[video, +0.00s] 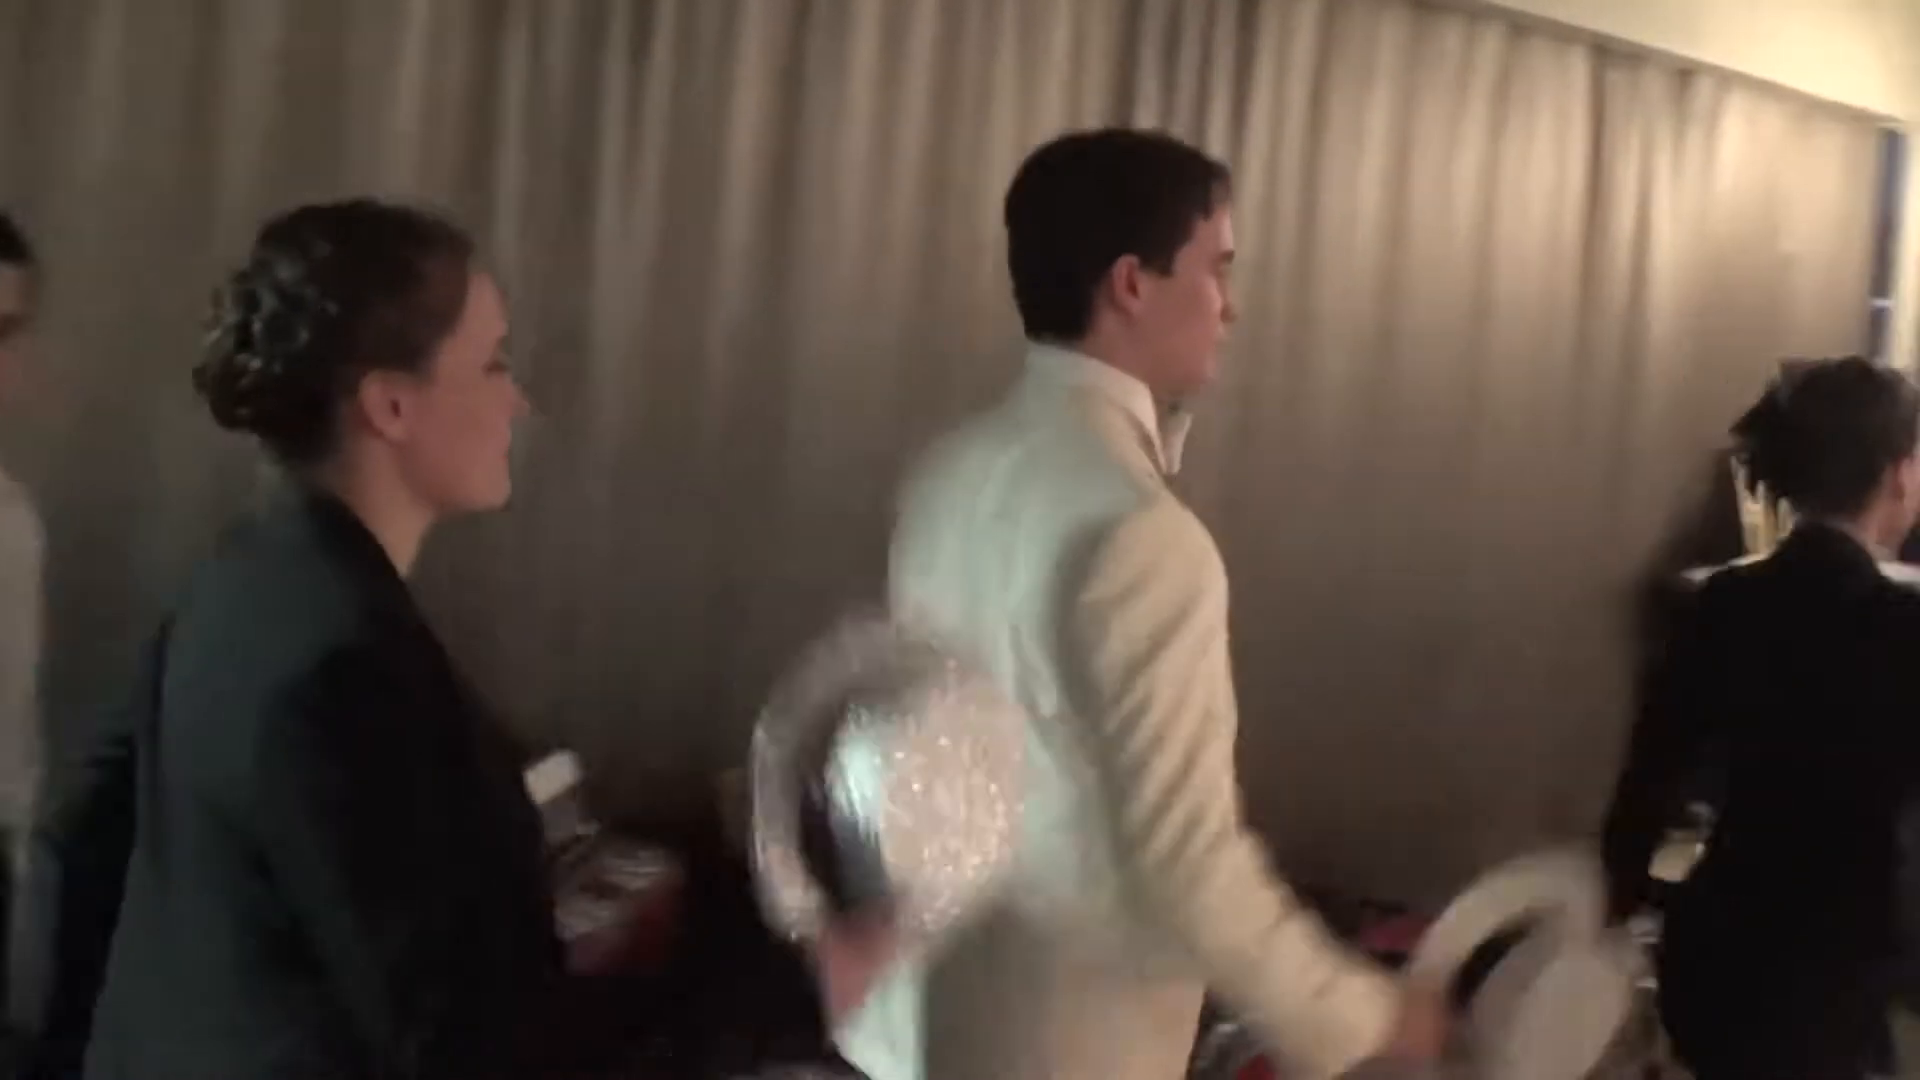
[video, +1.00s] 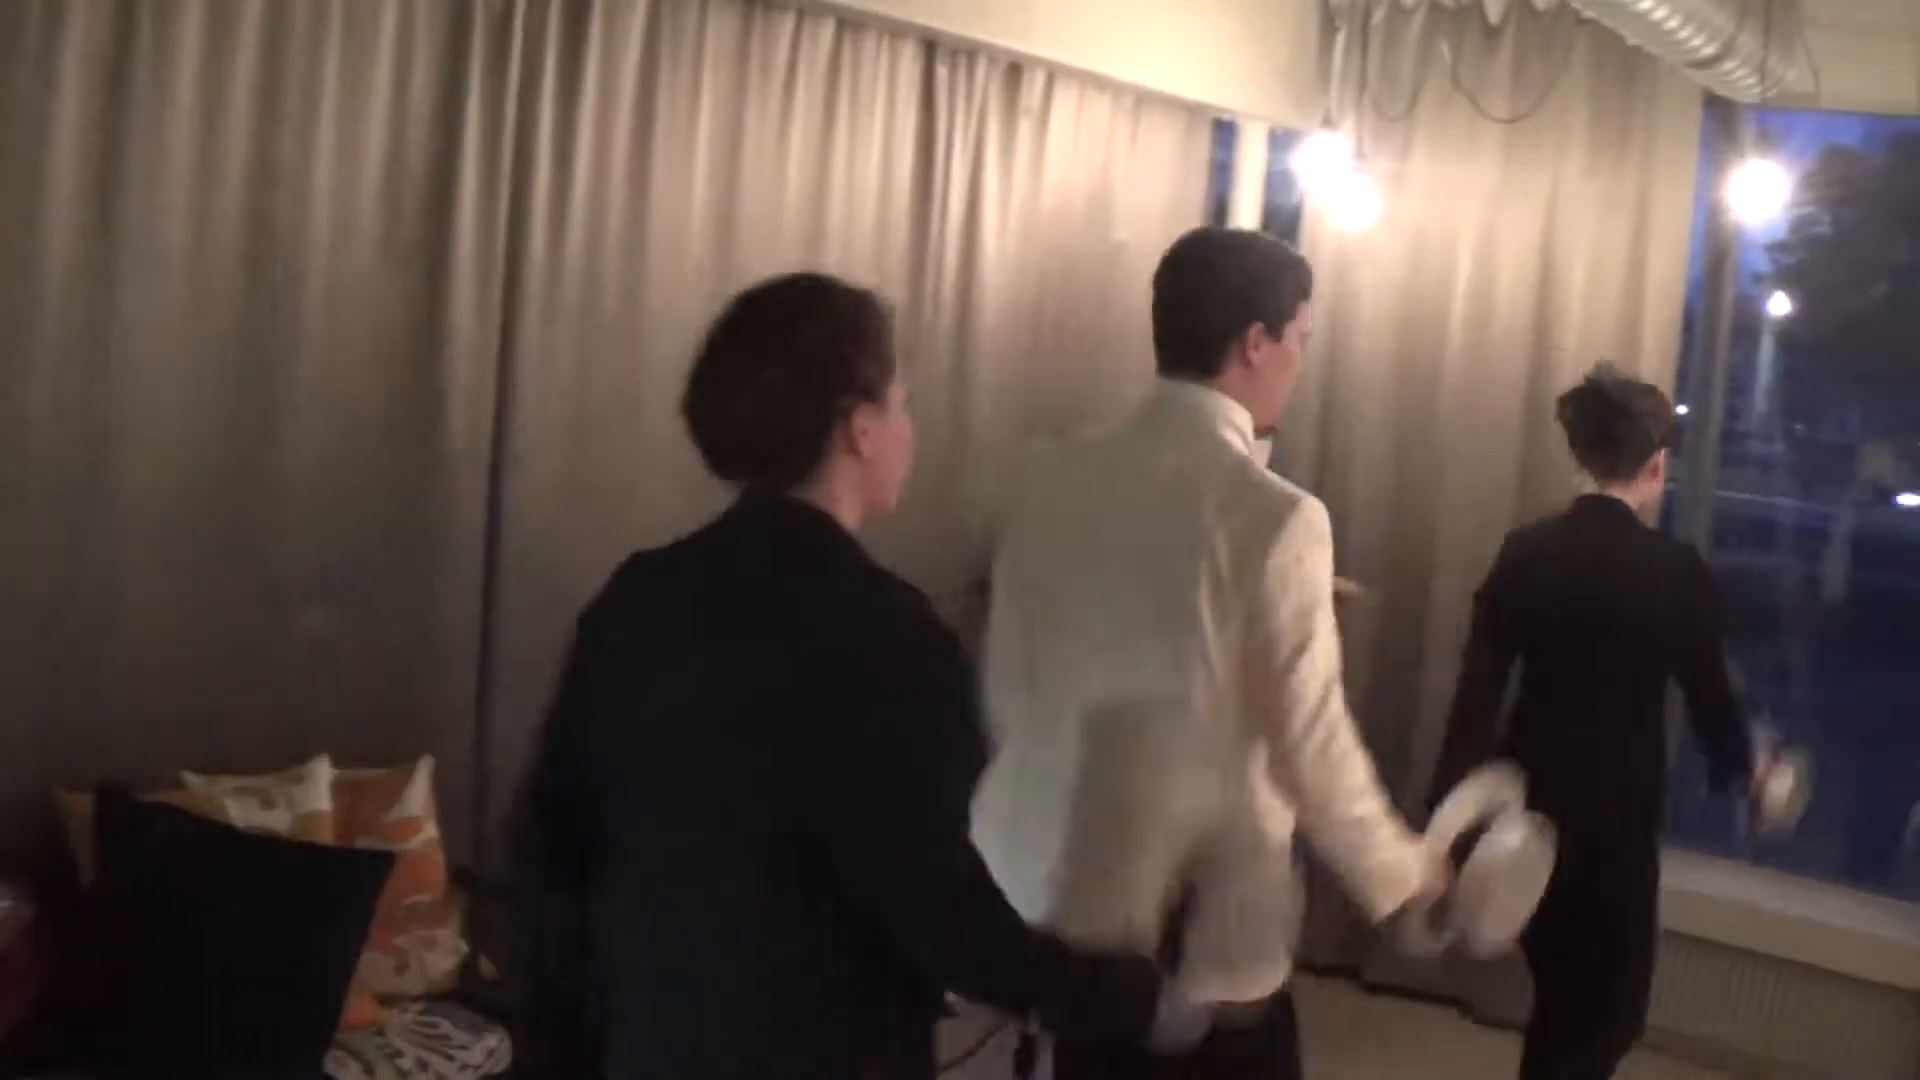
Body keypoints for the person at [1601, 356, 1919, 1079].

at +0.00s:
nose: (1919, 478)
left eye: (1916, 454)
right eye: (1916, 457)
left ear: (1792, 468)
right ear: (1897, 475)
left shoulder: (1711, 606)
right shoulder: (1905, 617)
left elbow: (1652, 778)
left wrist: (1627, 892)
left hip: (1719, 931)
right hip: (1855, 944)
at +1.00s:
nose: (1666, 473)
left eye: (1662, 457)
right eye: (1665, 458)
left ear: (1578, 455)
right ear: (1653, 465)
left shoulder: (1526, 552)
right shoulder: (1673, 569)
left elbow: (1478, 694)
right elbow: (1710, 697)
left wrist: (1447, 822)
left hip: (1528, 805)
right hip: (1620, 814)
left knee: (1558, 1002)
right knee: (1614, 1010)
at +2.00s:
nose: (1627, 434)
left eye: (1631, 419)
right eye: (1612, 418)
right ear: (1562, 417)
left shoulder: (1569, 497)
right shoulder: (1546, 507)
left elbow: (1565, 634)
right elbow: (1571, 667)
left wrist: (1627, 637)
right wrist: (1649, 666)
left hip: (1546, 721)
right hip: (1534, 731)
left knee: (1542, 893)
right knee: (1562, 906)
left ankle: (1473, 1024)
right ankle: (1447, 1032)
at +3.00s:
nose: (1496, 307)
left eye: (1496, 289)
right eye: (1480, 289)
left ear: (1447, 289)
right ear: (1428, 284)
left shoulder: (1429, 363)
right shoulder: (1399, 360)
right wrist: (1427, 339)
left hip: (1407, 610)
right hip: (1365, 610)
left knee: (1440, 815)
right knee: (1373, 811)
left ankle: (1391, 1038)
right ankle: (1260, 992)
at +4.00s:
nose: (1526, 279)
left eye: (1530, 263)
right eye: (1516, 260)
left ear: (1473, 260)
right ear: (1463, 253)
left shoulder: (1477, 349)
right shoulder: (1412, 360)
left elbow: (1494, 448)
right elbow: (1434, 498)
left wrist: (1550, 370)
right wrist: (1515, 473)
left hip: (1449, 600)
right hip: (1393, 602)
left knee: (1483, 776)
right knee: (1426, 789)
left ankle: (1357, 862)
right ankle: (1319, 973)